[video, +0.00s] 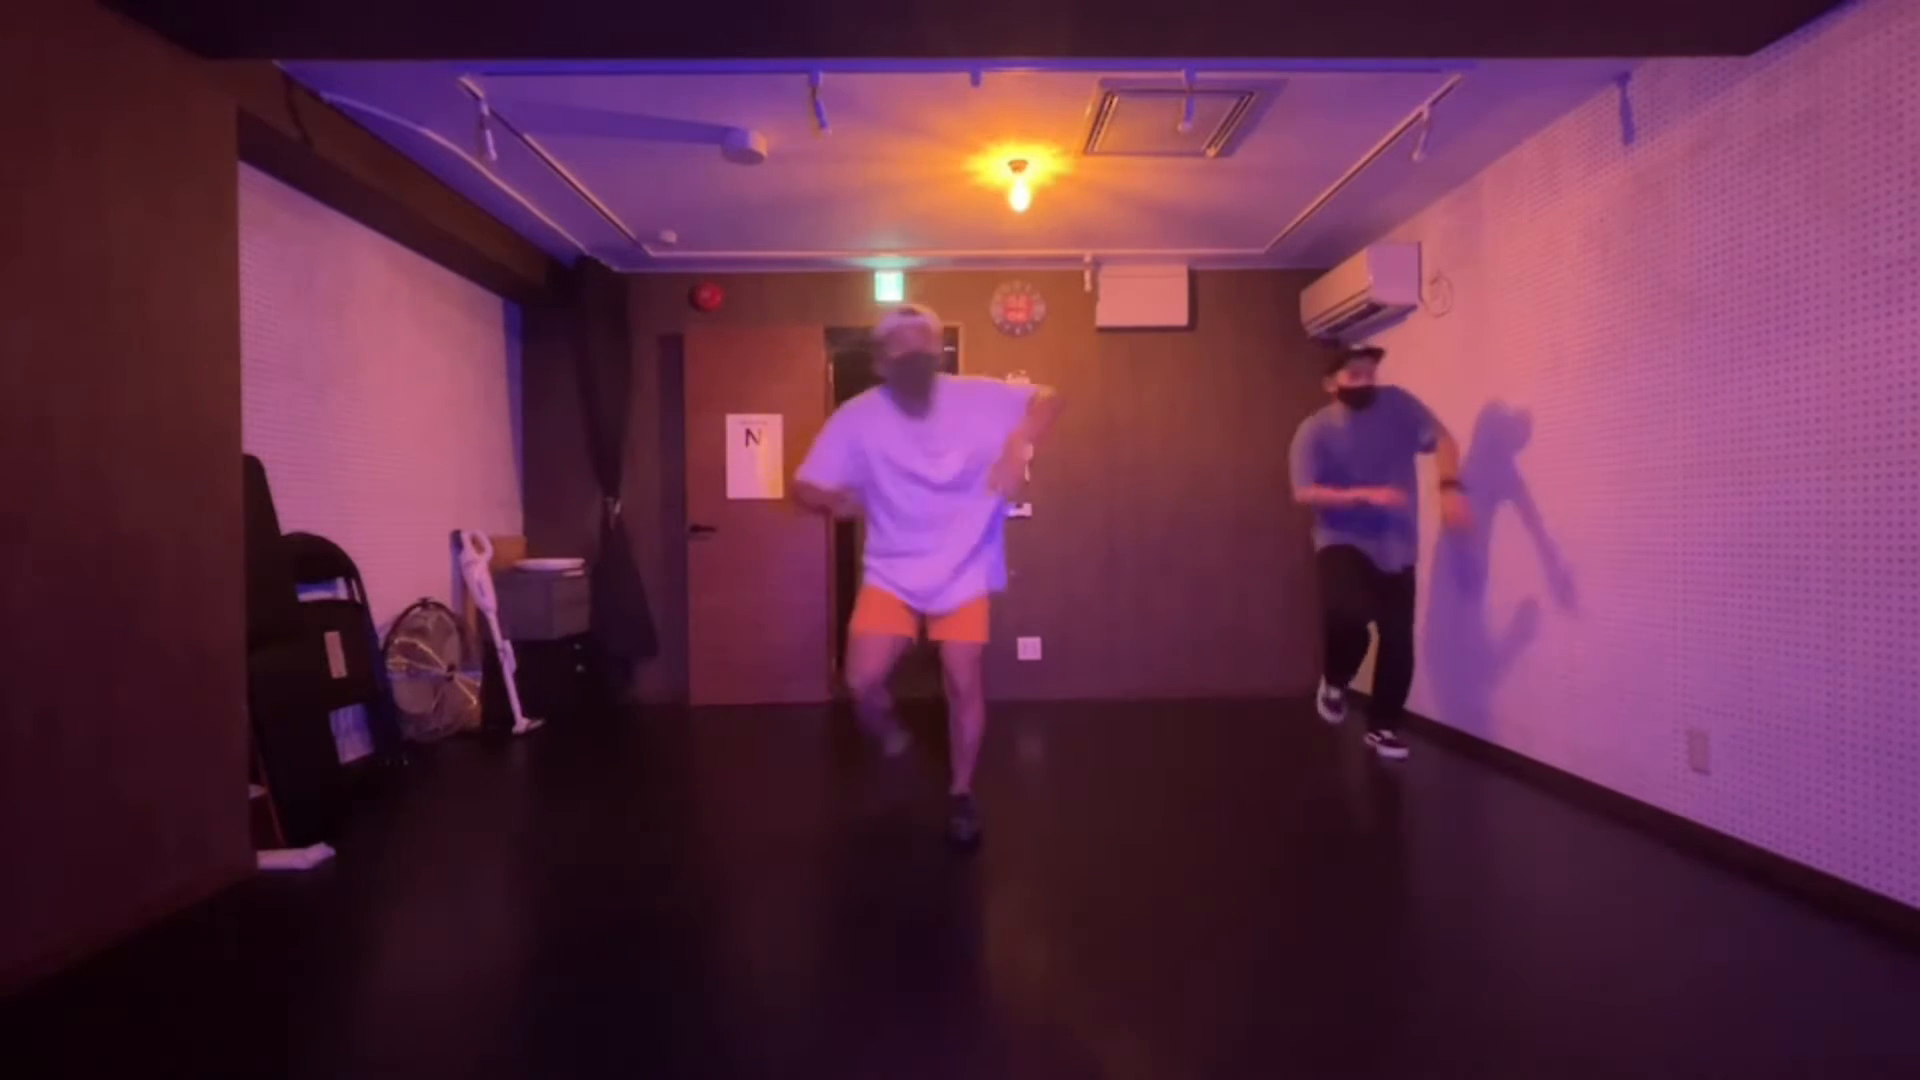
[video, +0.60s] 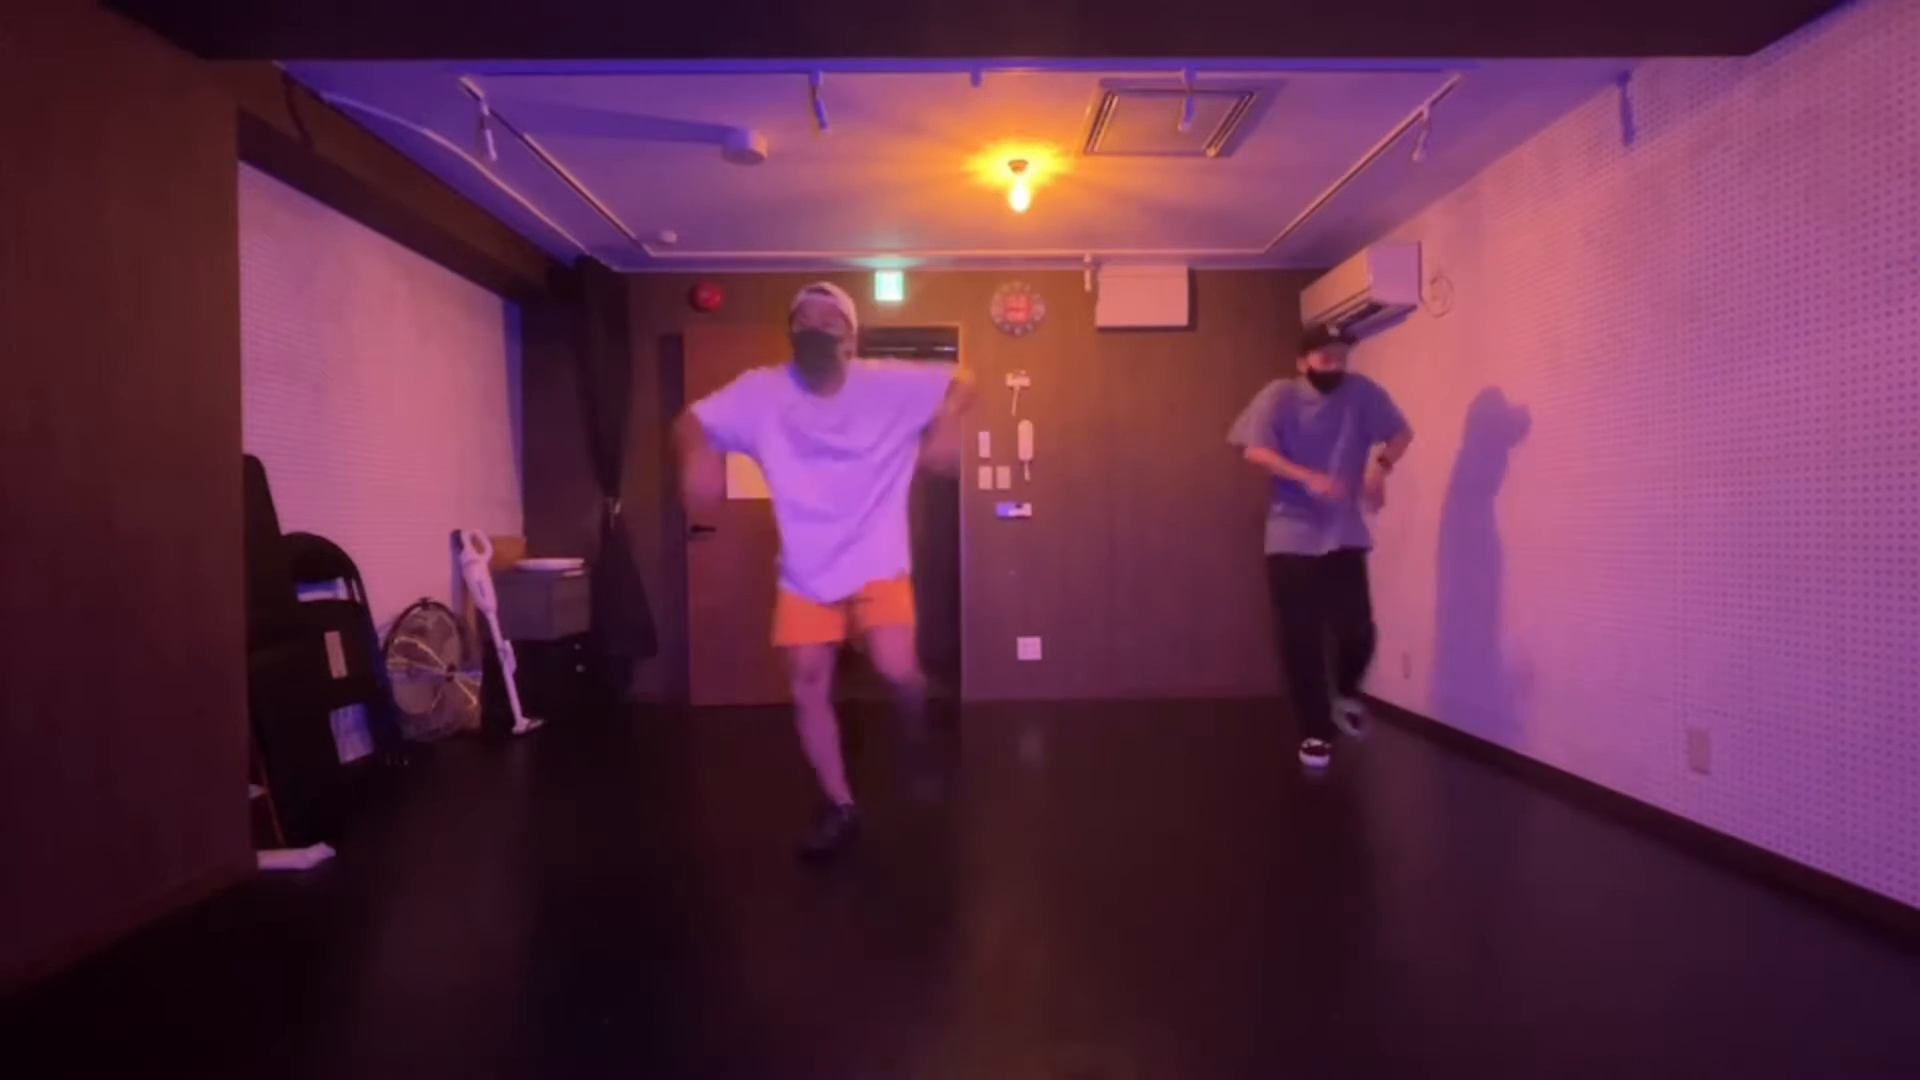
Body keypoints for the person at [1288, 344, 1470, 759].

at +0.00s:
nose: (1362, 381)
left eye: (1367, 372)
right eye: (1353, 373)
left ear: (1376, 373)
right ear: (1332, 378)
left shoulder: (1396, 405)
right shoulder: (1316, 429)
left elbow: (1444, 443)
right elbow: (1304, 492)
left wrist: (1449, 488)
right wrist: (1367, 494)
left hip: (1394, 547)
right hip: (1342, 544)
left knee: (1397, 639)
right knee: (1348, 622)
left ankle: (1383, 725)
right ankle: (1335, 683)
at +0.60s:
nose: (1331, 365)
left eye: (1337, 356)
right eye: (1323, 356)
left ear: (1346, 356)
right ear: (1304, 357)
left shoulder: (1361, 392)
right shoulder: (1279, 395)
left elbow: (1399, 434)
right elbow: (1254, 450)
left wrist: (1379, 467)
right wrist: (1308, 477)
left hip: (1345, 539)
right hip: (1293, 542)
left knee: (1358, 633)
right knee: (1301, 641)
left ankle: (1347, 693)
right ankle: (1313, 733)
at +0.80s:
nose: (1334, 387)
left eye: (1341, 378)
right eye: (1326, 377)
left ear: (1349, 381)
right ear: (1307, 379)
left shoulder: (1352, 434)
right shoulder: (1278, 411)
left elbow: (1360, 494)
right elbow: (1245, 461)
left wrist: (1351, 488)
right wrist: (1249, 520)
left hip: (1323, 558)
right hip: (1274, 552)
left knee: (1333, 650)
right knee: (1297, 646)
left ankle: (1275, 699)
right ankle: (1314, 733)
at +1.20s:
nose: (1296, 367)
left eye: (1304, 360)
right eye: (1287, 359)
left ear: (1313, 370)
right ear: (1269, 367)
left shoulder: (1318, 414)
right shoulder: (1243, 403)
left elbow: (1361, 451)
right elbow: (1188, 440)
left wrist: (1336, 442)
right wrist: (1191, 493)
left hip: (1289, 544)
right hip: (1244, 537)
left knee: (1283, 636)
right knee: (1271, 632)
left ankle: (1253, 718)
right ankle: (1283, 727)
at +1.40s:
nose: (1259, 358)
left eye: (1266, 350)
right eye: (1250, 350)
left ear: (1278, 358)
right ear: (1232, 361)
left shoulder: (1297, 407)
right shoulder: (1213, 408)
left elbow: (1330, 448)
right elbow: (1170, 452)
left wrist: (1293, 469)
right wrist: (1179, 503)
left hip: (1274, 538)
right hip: (1227, 532)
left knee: (1269, 626)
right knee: (1232, 618)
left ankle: (1256, 716)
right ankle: (1217, 710)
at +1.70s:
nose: (1201, 376)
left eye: (1209, 366)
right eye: (1192, 367)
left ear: (1221, 369)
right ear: (1179, 375)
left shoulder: (1250, 412)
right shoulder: (1169, 424)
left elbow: (1270, 468)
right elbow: (1150, 482)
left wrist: (1236, 496)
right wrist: (1161, 530)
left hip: (1251, 549)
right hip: (1201, 550)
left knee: (1259, 634)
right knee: (1201, 635)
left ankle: (1257, 713)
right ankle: (1198, 714)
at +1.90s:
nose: (1176, 374)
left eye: (1184, 365)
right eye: (1168, 366)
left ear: (1198, 369)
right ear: (1156, 374)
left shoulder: (1226, 410)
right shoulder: (1149, 427)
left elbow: (1263, 461)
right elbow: (1141, 482)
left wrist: (1287, 510)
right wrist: (1161, 520)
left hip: (1236, 542)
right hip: (1187, 547)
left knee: (1242, 624)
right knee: (1191, 635)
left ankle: (1251, 687)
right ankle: (1197, 713)